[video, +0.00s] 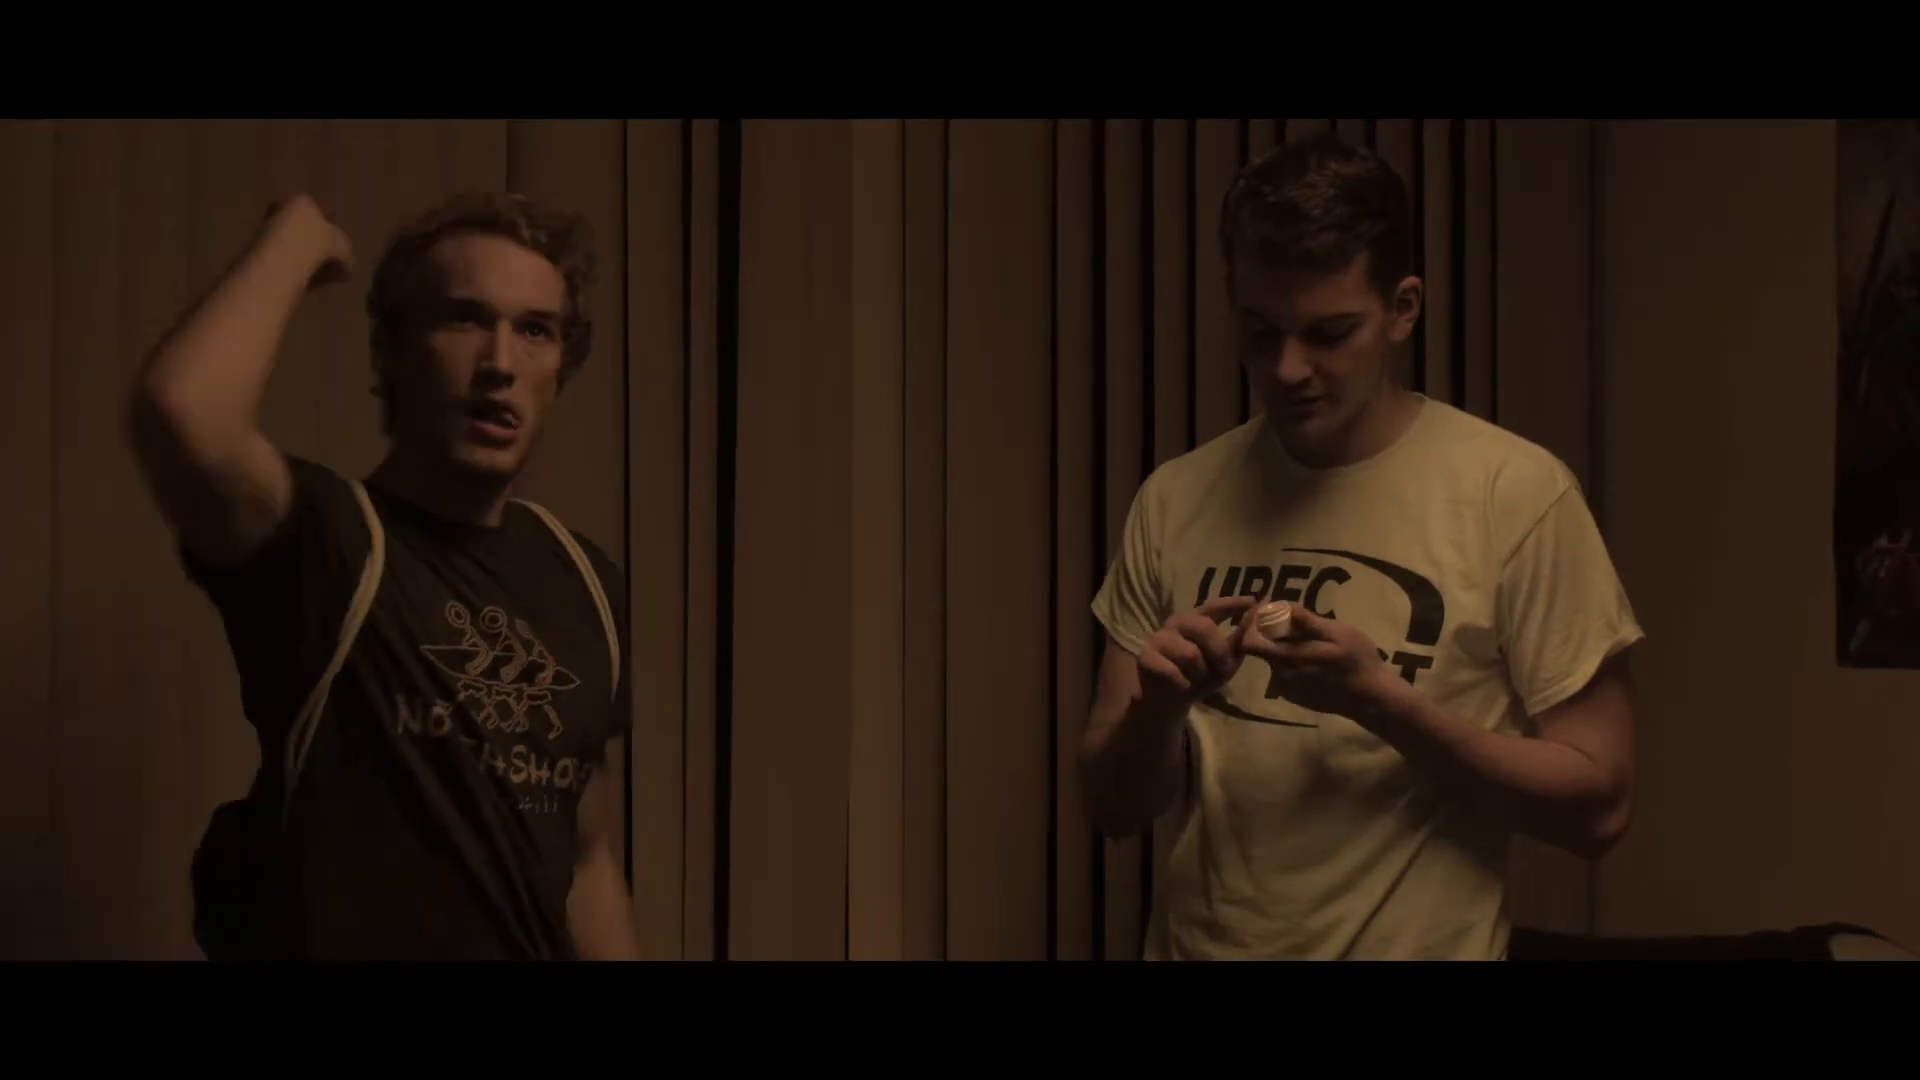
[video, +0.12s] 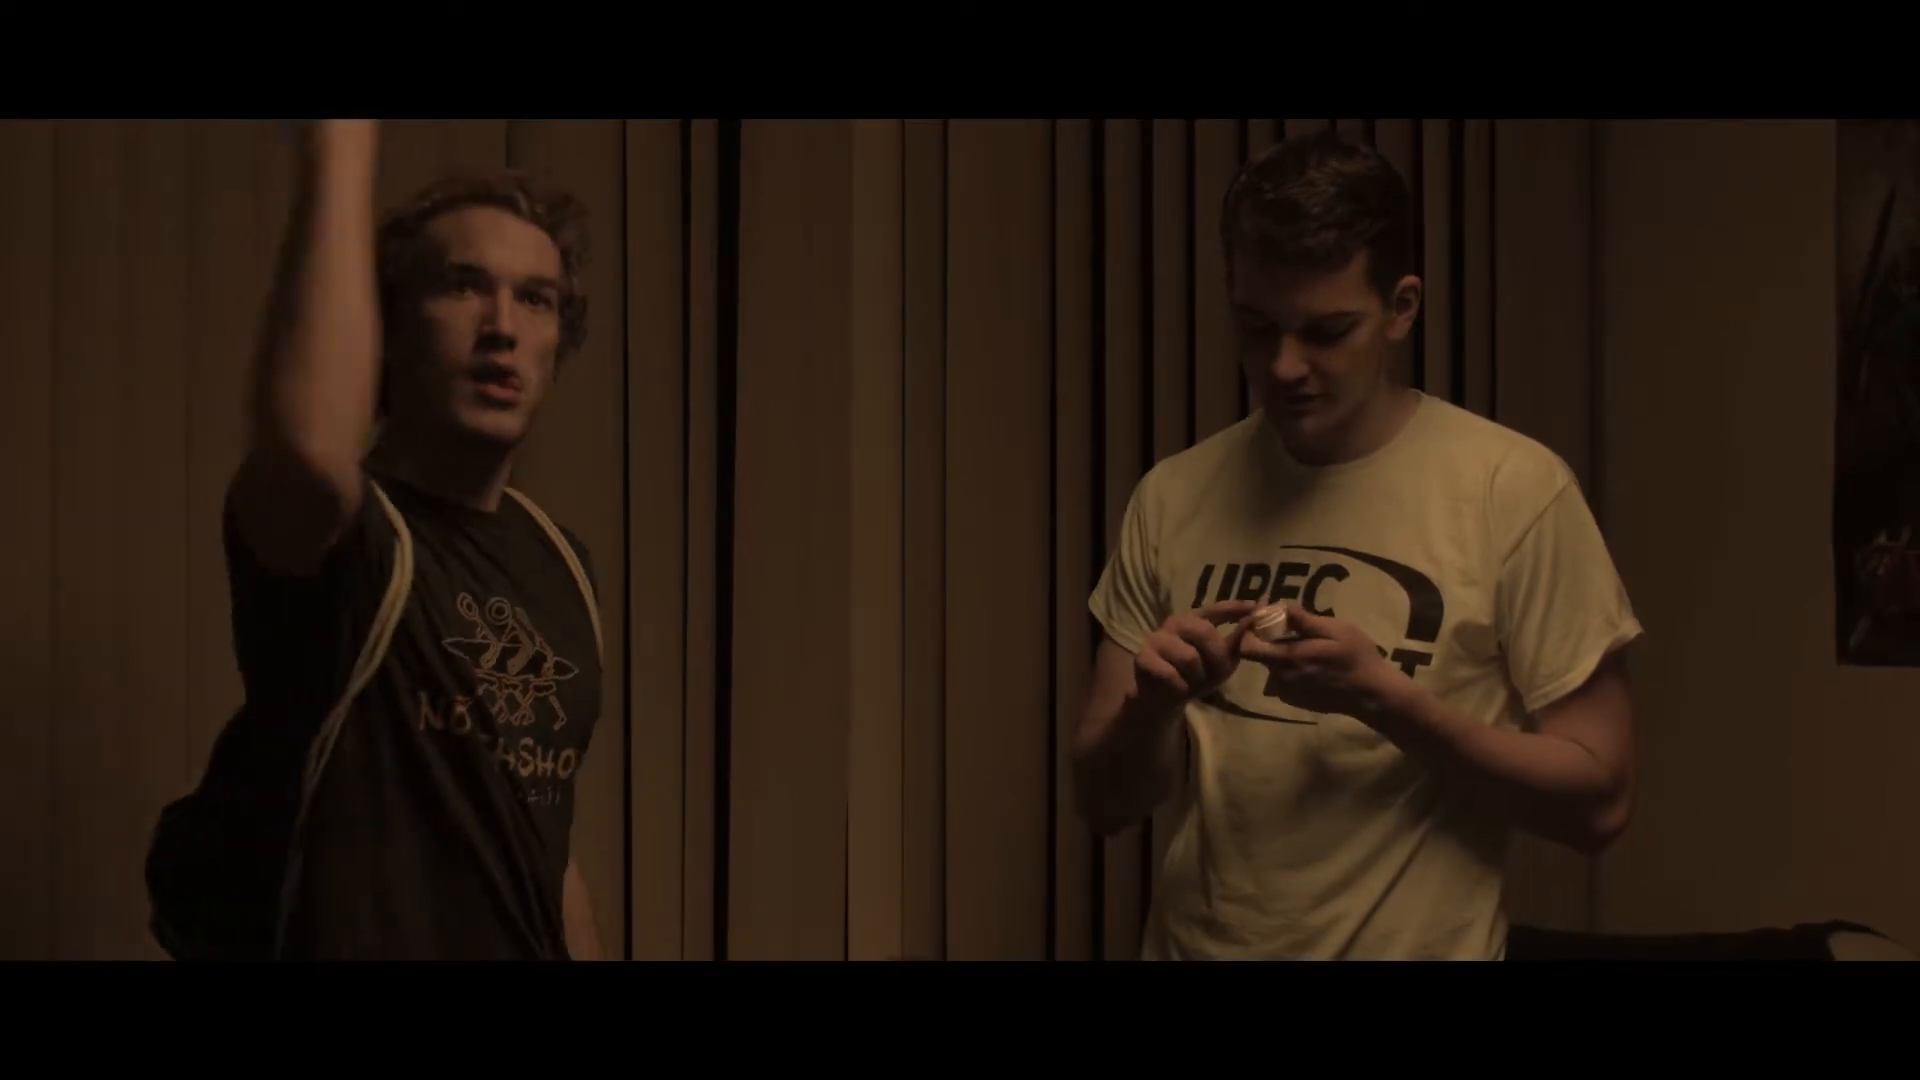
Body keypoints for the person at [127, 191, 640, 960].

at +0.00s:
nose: (502, 363)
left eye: (535, 330)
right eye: (465, 320)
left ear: (561, 367)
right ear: (389, 352)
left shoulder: (585, 580)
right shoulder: (310, 543)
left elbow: (583, 852)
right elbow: (185, 408)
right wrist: (296, 234)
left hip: (522, 943)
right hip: (330, 935)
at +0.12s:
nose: (504, 325)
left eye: (535, 297)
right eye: (464, 285)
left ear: (560, 340)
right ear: (389, 322)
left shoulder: (553, 556)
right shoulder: (327, 531)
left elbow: (542, 838)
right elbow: (310, 452)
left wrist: (580, 948)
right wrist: (342, 128)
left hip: (506, 941)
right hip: (319, 929)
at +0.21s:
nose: (489, 300)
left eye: (522, 277)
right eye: (454, 263)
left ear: (551, 343)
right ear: (389, 296)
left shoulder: (545, 553)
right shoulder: (314, 507)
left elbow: (531, 837)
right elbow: (386, 382)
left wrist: (567, 945)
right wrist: (417, 135)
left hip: (500, 939)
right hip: (333, 928)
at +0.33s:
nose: (501, 288)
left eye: (527, 263)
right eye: (456, 254)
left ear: (560, 305)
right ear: (374, 310)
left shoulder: (536, 548)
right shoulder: (314, 482)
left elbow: (510, 823)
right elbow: (366, 646)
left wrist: (556, 941)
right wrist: (526, 426)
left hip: (491, 938)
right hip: (334, 931)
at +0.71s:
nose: (484, 286)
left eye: (515, 263)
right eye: (440, 255)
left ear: (549, 305)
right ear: (365, 304)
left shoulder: (521, 541)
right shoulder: (305, 477)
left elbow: (506, 833)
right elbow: (325, 636)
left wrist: (560, 946)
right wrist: (527, 397)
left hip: (477, 936)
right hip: (312, 927)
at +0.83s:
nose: (490, 306)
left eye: (521, 277)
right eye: (445, 269)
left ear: (547, 322)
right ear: (366, 311)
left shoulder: (534, 538)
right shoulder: (305, 496)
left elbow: (511, 826)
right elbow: (252, 762)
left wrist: (563, 941)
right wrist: (429, 570)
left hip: (492, 942)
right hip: (324, 936)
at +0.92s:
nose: (485, 332)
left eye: (518, 298)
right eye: (444, 292)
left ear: (549, 329)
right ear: (371, 323)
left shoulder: (529, 539)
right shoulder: (306, 517)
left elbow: (522, 829)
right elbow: (212, 831)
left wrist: (568, 943)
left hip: (497, 946)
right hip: (332, 945)